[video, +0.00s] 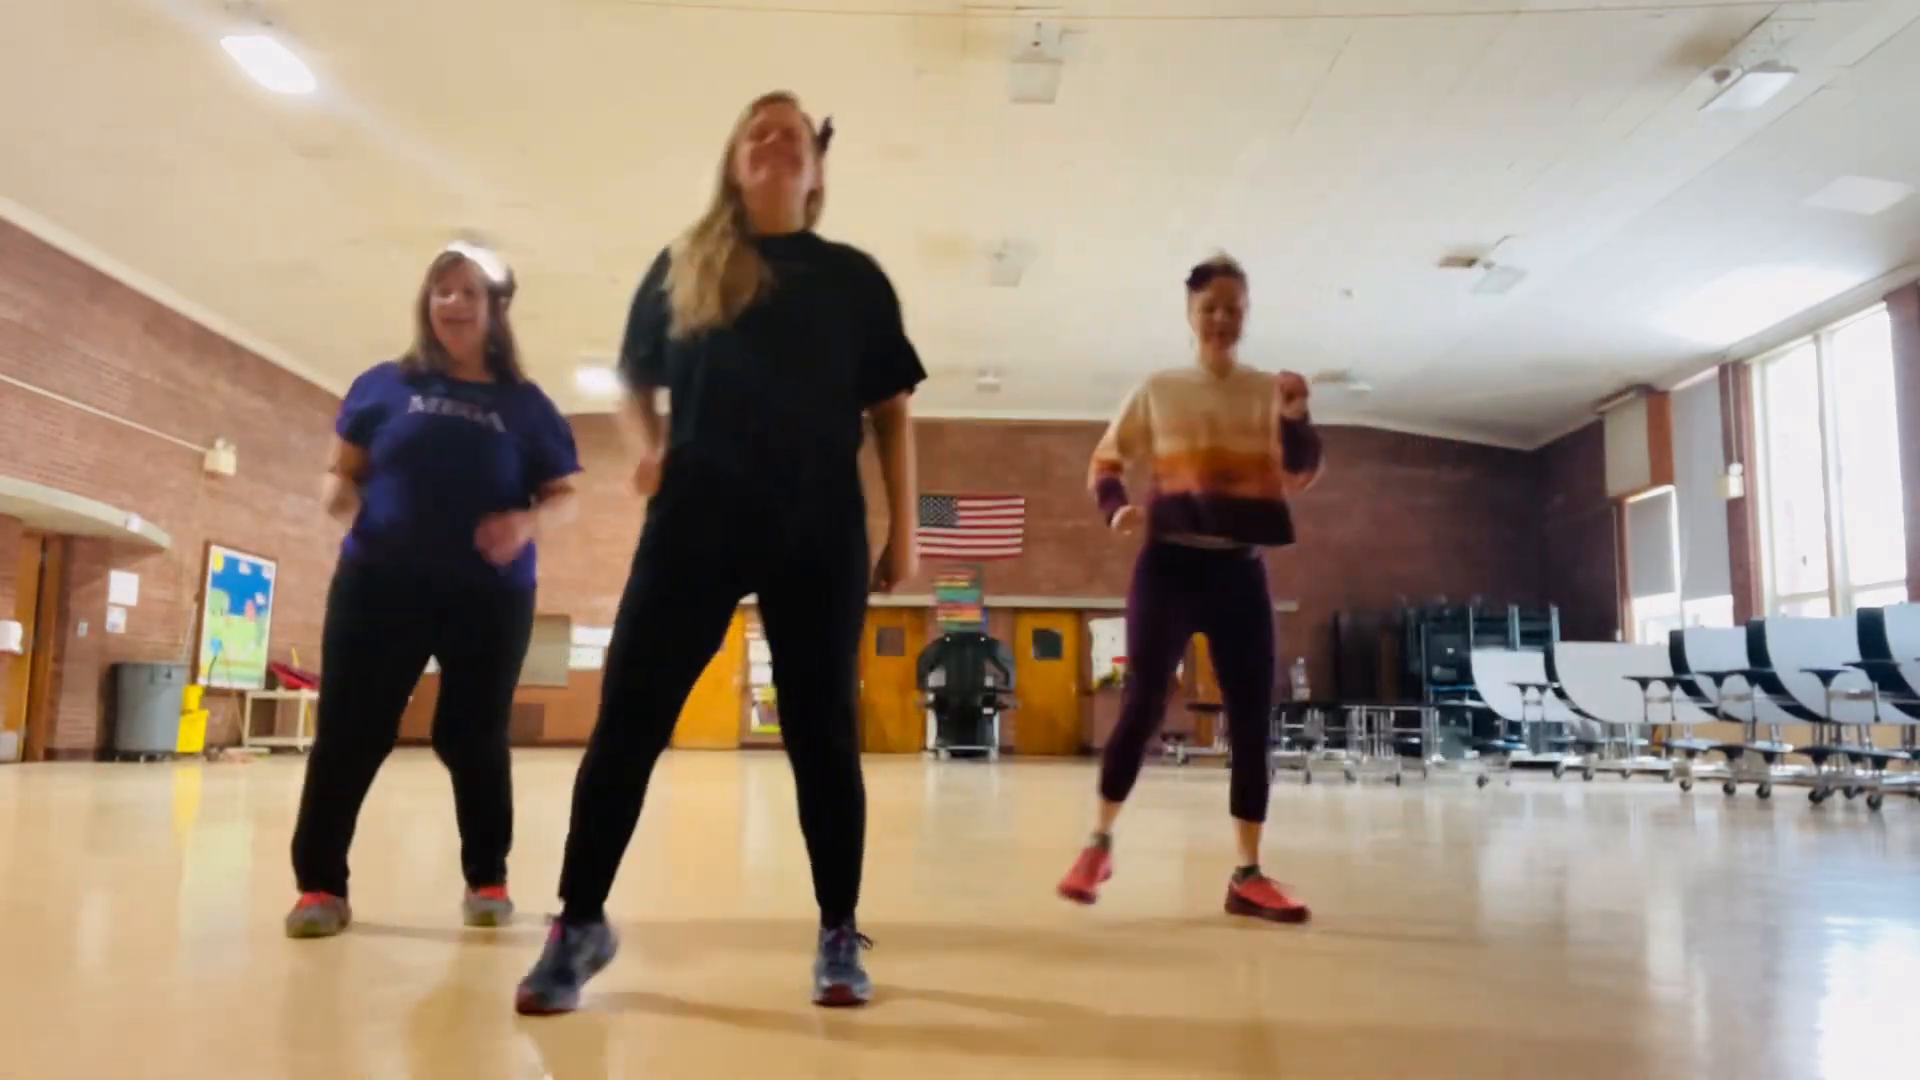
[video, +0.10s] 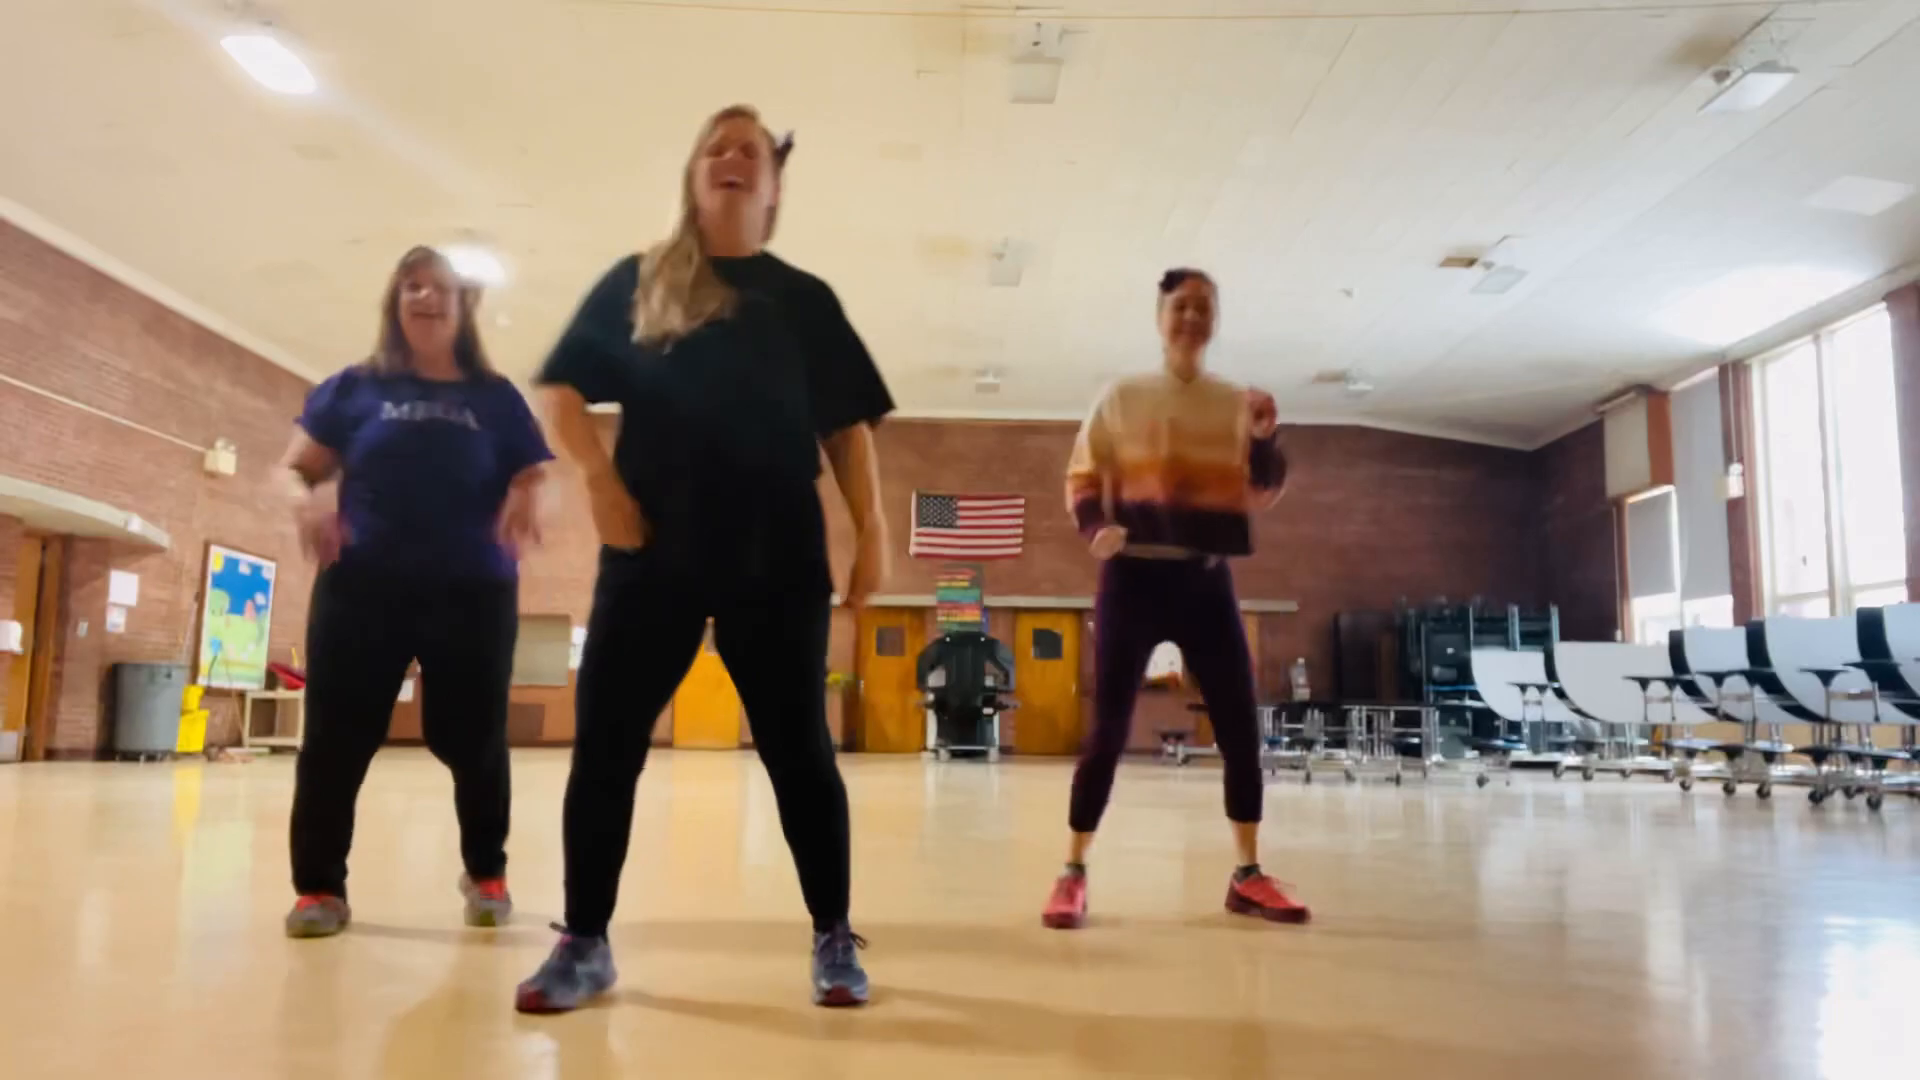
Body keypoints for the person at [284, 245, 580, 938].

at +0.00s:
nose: (452, 302)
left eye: (467, 292)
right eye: (442, 290)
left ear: (496, 306)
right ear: (425, 302)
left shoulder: (526, 404)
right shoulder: (382, 386)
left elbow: (563, 491)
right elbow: (345, 475)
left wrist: (526, 521)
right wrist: (346, 502)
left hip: (487, 596)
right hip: (383, 585)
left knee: (474, 737)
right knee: (349, 733)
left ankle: (487, 881)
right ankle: (321, 888)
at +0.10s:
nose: (426, 297)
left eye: (439, 288)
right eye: (414, 287)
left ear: (463, 303)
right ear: (395, 303)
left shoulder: (495, 397)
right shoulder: (353, 389)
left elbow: (531, 478)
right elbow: (294, 473)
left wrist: (524, 512)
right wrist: (307, 506)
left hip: (470, 592)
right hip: (365, 588)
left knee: (475, 741)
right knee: (335, 742)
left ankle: (487, 875)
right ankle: (319, 891)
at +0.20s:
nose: (402, 292)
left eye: (416, 282)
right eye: (390, 282)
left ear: (440, 299)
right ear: (372, 300)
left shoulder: (477, 390)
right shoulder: (337, 385)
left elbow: (539, 465)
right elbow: (265, 465)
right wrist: (280, 407)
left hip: (458, 585)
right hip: (349, 584)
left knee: (471, 726)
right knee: (326, 737)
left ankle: (483, 850)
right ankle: (318, 889)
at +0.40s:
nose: (383, 287)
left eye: (395, 277)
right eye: (368, 278)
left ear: (418, 293)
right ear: (349, 297)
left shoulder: (454, 375)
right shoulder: (323, 378)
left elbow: (487, 450)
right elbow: (279, 456)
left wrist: (482, 363)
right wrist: (283, 362)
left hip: (445, 579)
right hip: (341, 576)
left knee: (435, 734)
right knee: (325, 736)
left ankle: (426, 876)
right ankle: (318, 889)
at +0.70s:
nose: (400, 286)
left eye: (411, 274)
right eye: (384, 277)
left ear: (432, 288)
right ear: (362, 296)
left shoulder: (476, 376)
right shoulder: (329, 385)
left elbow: (523, 469)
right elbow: (271, 476)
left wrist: (467, 457)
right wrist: (298, 446)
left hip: (471, 578)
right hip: (363, 579)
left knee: (500, 724)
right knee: (336, 735)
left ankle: (509, 868)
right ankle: (319, 890)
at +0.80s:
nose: (426, 290)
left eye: (437, 279)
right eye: (412, 280)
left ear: (460, 292)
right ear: (390, 299)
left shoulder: (504, 383)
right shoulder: (355, 386)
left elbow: (541, 462)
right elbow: (299, 464)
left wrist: (526, 496)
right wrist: (252, 518)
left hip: (487, 577)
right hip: (378, 577)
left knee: (528, 727)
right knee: (342, 734)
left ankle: (570, 875)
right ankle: (319, 889)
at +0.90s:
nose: (468, 300)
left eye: (481, 290)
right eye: (455, 289)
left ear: (502, 305)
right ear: (430, 303)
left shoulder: (535, 392)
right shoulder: (390, 391)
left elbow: (576, 480)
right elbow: (341, 484)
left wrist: (563, 532)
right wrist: (279, 557)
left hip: (509, 589)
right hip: (399, 586)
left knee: (543, 737)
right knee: (352, 737)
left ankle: (593, 880)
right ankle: (320, 889)